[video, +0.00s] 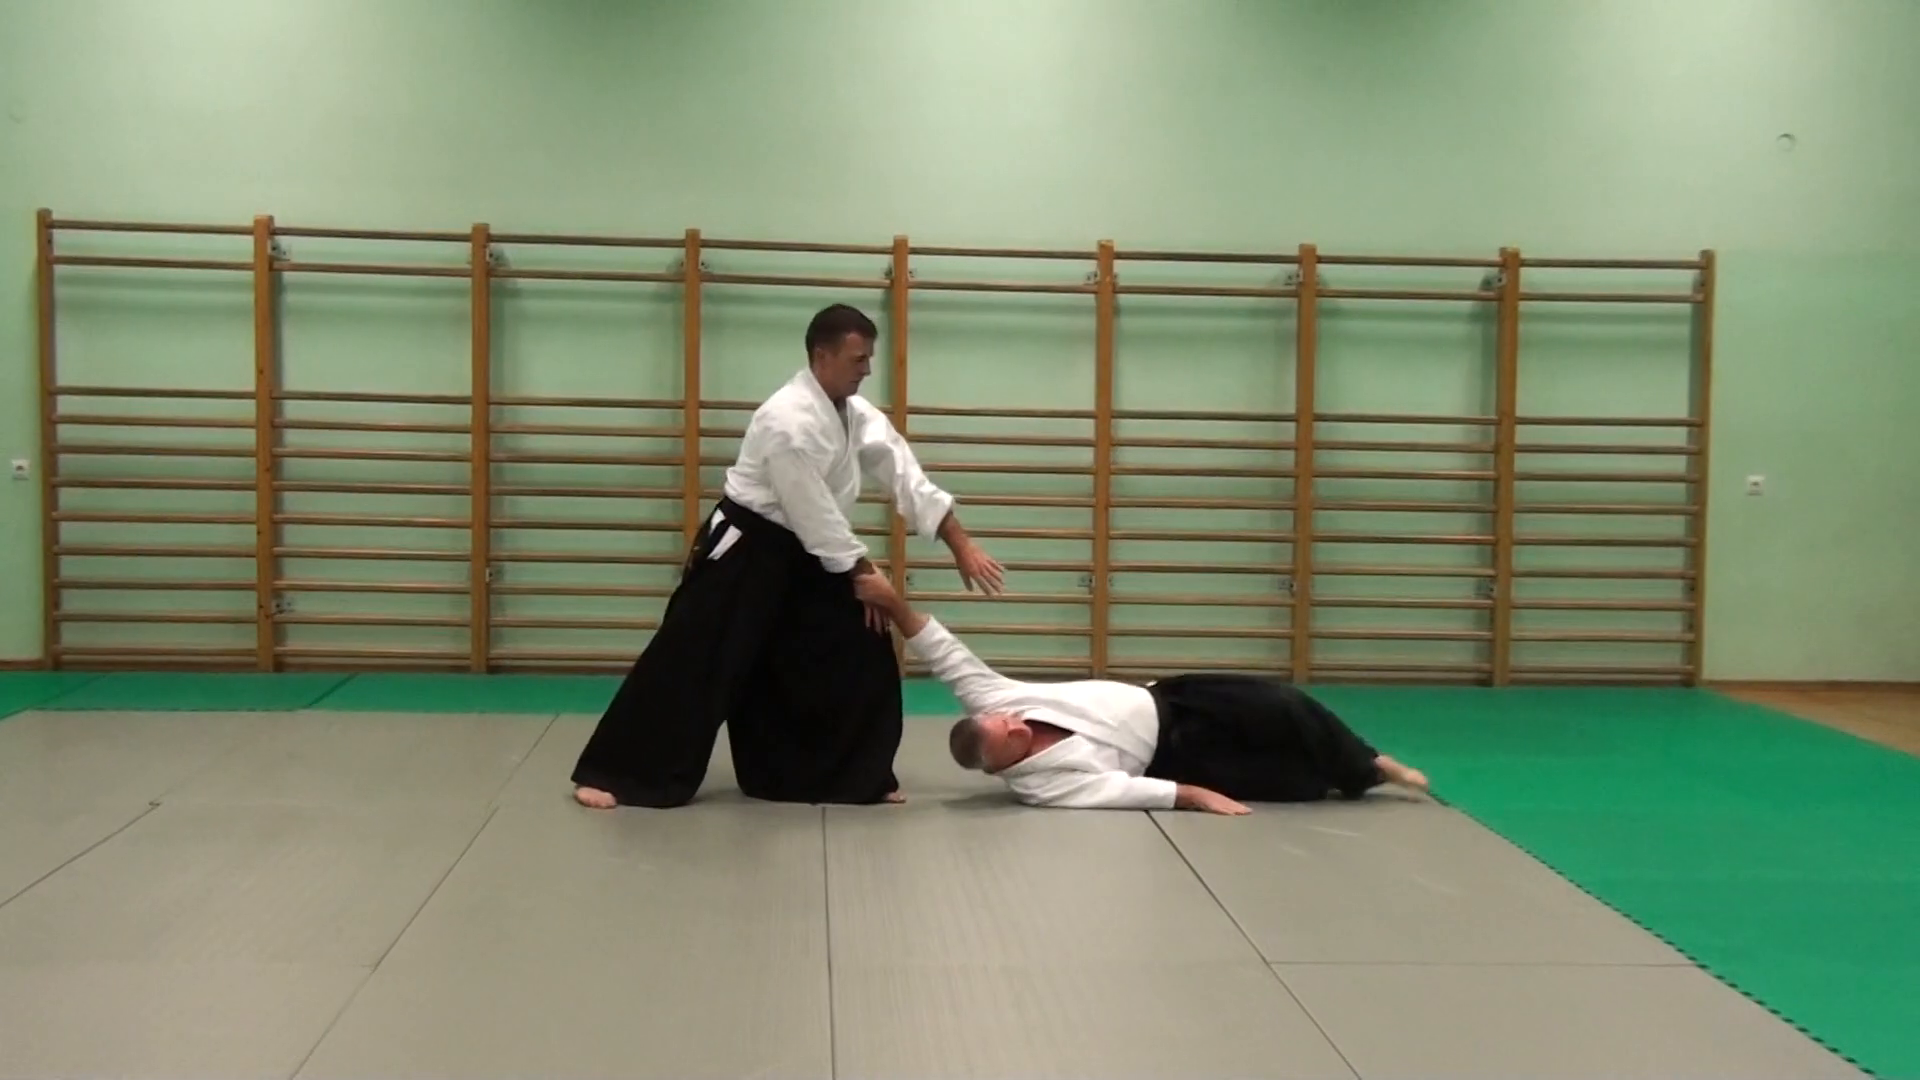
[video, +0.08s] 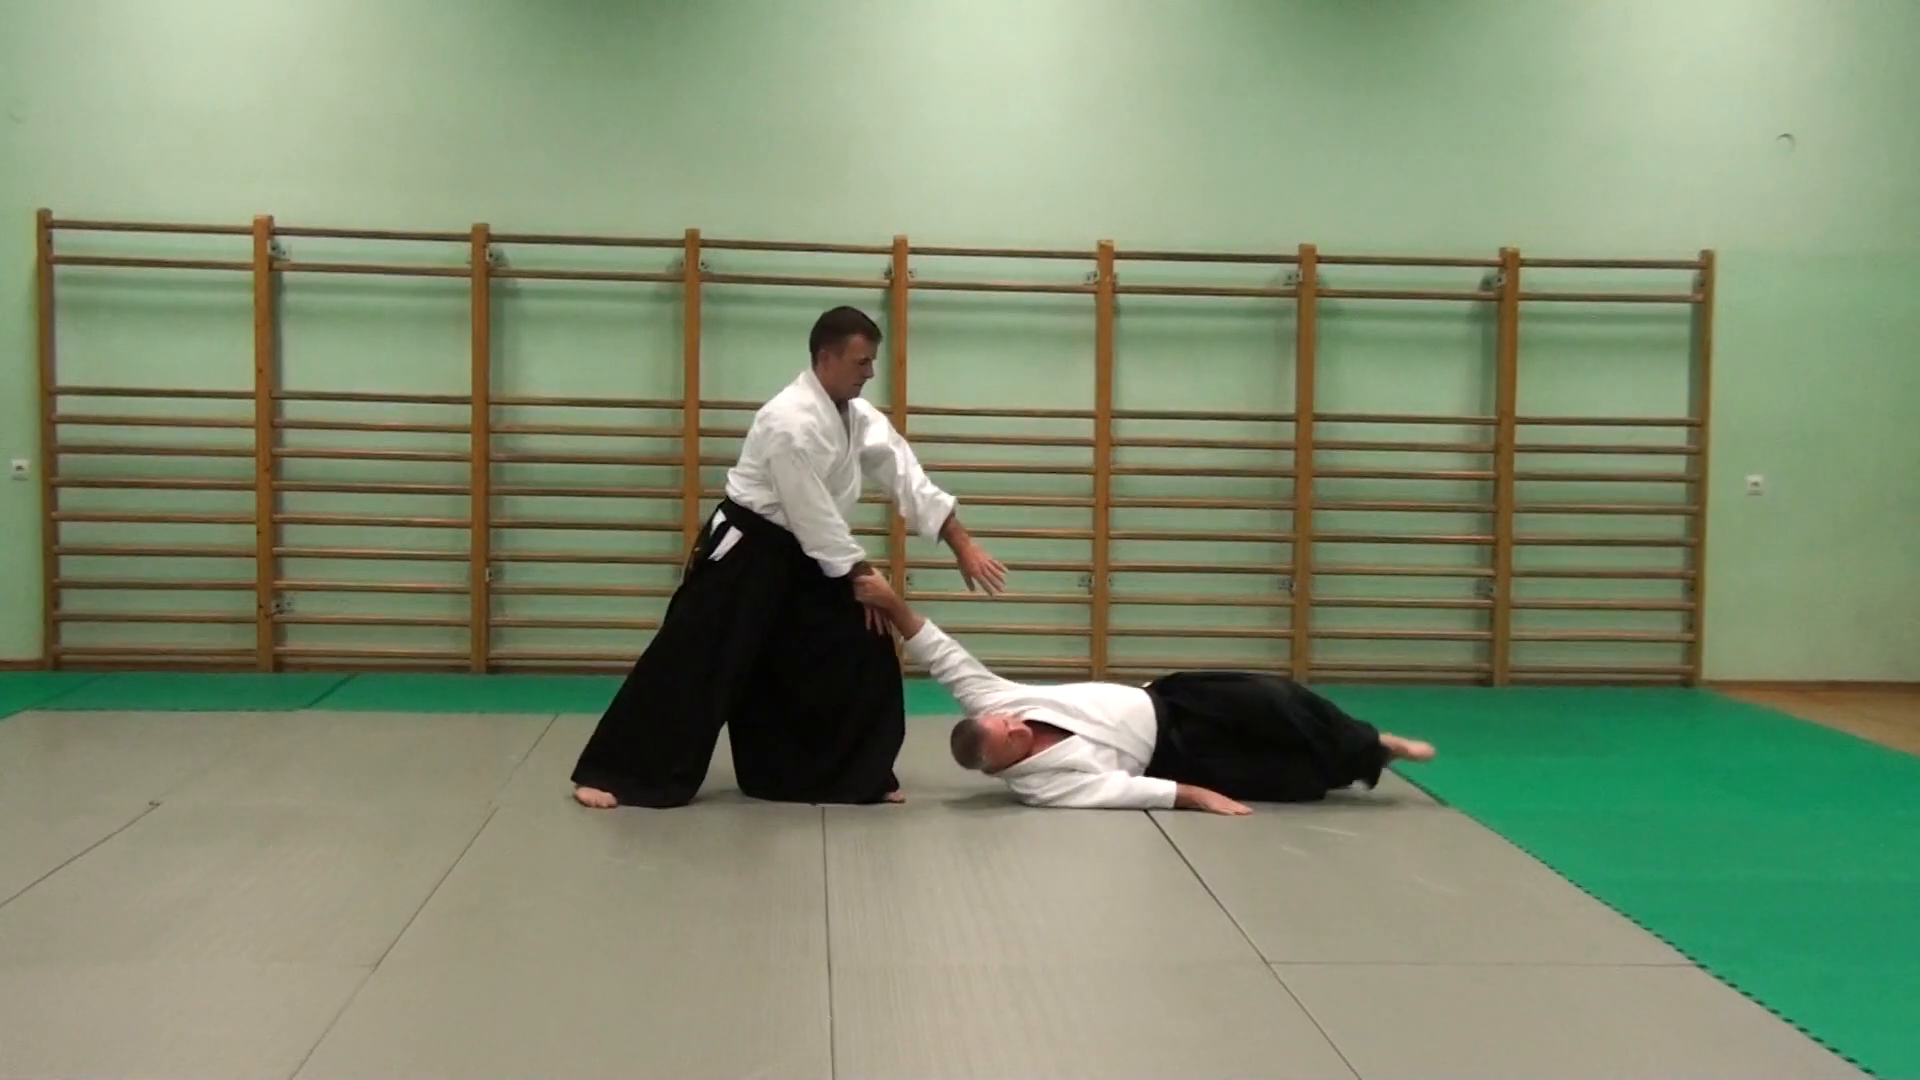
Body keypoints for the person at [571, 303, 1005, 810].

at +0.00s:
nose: (866, 371)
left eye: (869, 361)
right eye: (858, 361)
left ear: (852, 359)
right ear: (822, 356)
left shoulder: (855, 413)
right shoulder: (788, 421)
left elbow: (904, 473)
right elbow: (813, 512)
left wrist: (960, 542)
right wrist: (862, 571)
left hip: (811, 552)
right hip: (747, 547)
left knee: (866, 651)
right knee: (688, 657)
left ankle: (861, 773)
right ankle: (608, 772)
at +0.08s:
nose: (868, 374)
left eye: (871, 364)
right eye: (861, 363)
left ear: (860, 363)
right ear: (826, 357)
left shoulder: (855, 414)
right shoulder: (791, 423)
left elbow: (904, 473)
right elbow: (813, 515)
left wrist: (961, 541)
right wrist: (861, 574)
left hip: (809, 552)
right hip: (748, 547)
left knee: (867, 649)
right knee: (689, 657)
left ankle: (860, 774)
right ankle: (611, 773)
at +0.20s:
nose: (869, 374)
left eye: (874, 364)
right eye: (863, 363)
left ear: (870, 366)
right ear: (827, 356)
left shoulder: (858, 418)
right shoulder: (790, 421)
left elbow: (907, 481)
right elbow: (811, 513)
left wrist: (963, 550)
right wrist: (858, 575)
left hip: (810, 554)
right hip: (748, 547)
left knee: (868, 651)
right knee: (688, 657)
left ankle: (861, 773)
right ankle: (610, 772)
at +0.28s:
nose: (869, 374)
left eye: (874, 365)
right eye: (862, 363)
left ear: (870, 365)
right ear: (827, 356)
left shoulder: (858, 419)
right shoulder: (787, 418)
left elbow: (905, 483)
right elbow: (803, 508)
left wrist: (961, 552)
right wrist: (853, 574)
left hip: (807, 552)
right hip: (747, 546)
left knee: (866, 648)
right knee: (688, 656)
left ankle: (860, 774)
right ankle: (607, 772)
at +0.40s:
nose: (868, 372)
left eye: (872, 363)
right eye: (861, 360)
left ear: (854, 362)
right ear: (827, 354)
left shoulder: (855, 420)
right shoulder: (782, 415)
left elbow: (907, 489)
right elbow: (795, 510)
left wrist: (973, 559)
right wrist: (846, 583)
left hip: (799, 556)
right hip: (742, 548)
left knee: (863, 648)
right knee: (685, 659)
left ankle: (859, 777)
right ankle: (605, 774)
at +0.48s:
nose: (867, 371)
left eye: (871, 361)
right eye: (860, 359)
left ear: (855, 360)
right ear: (826, 353)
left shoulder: (852, 418)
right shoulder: (780, 415)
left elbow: (907, 476)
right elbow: (791, 510)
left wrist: (977, 536)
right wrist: (842, 579)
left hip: (795, 556)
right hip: (740, 547)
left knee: (863, 649)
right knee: (684, 659)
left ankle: (856, 777)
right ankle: (606, 774)